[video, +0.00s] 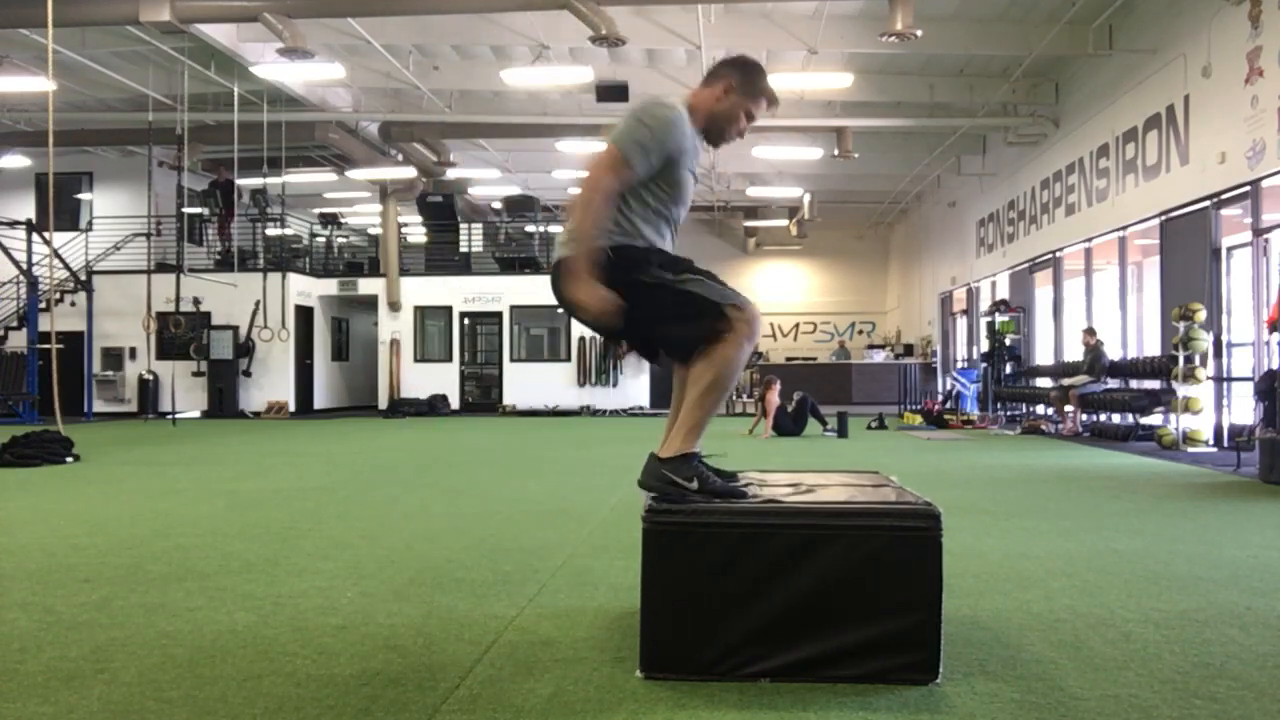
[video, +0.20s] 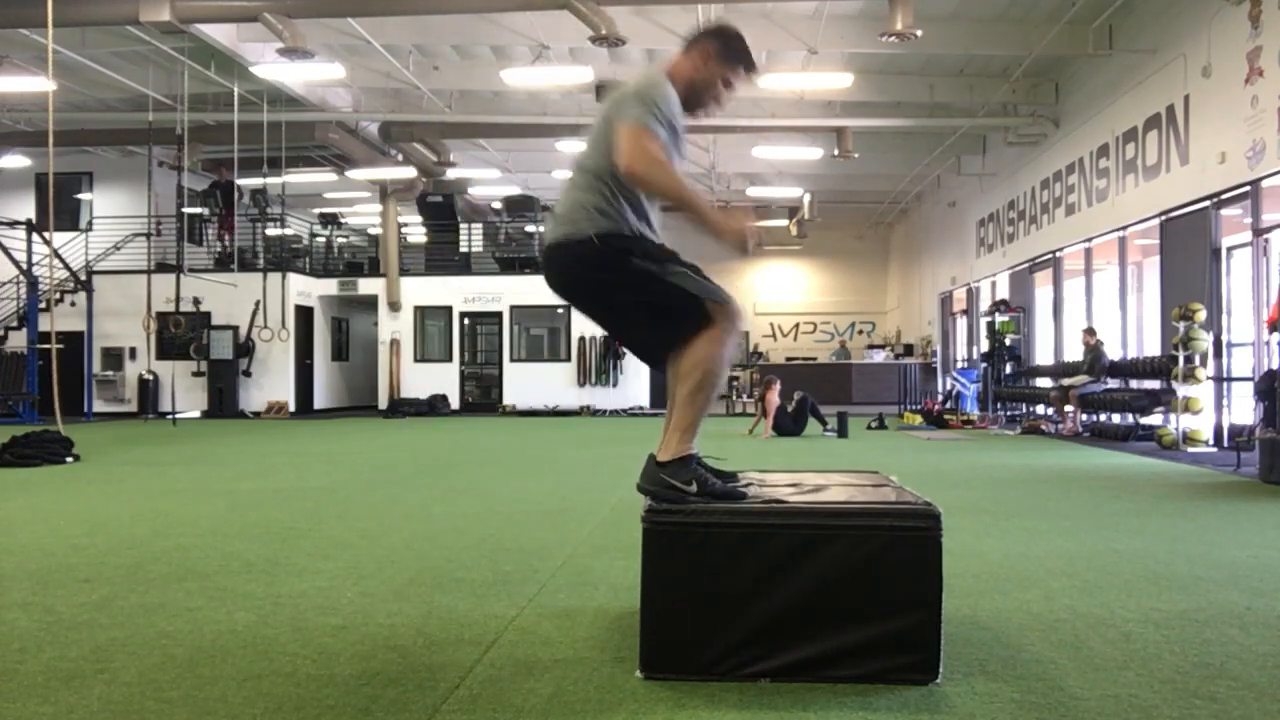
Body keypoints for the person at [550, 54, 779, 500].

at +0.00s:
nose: (744, 131)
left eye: (750, 124)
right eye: (746, 116)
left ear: (721, 93)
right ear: (722, 89)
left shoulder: (686, 146)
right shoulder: (666, 116)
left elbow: (645, 232)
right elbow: (599, 181)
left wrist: (636, 318)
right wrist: (581, 274)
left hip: (632, 266)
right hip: (617, 259)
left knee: (703, 342)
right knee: (741, 321)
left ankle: (673, 459)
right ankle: (676, 457)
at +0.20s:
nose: (723, 97)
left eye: (729, 91)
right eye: (724, 82)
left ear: (702, 64)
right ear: (698, 57)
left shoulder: (663, 113)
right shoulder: (648, 90)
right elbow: (635, 161)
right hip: (593, 239)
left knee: (702, 335)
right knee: (720, 318)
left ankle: (675, 459)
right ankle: (673, 459)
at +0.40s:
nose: (670, 26)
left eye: (677, 19)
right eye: (671, 13)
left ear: (654, 9)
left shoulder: (620, 47)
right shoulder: (584, 13)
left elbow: (560, 126)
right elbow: (536, 73)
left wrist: (605, 161)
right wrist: (614, 116)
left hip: (571, 180)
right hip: (524, 170)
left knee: (645, 282)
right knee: (603, 290)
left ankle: (610, 421)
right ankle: (618, 442)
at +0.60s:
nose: (590, 44)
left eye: (599, 36)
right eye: (586, 29)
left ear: (600, 31)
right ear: (553, 10)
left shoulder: (563, 76)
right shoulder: (492, 51)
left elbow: (530, 162)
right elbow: (458, 124)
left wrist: (567, 167)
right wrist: (548, 125)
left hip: (530, 228)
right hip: (467, 222)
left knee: (562, 348)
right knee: (493, 349)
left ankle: (537, 489)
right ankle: (446, 490)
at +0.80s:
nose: (492, 163)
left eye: (502, 153)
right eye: (483, 151)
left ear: (511, 162)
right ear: (459, 153)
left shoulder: (519, 229)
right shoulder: (414, 215)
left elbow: (549, 310)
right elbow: (392, 296)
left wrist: (545, 283)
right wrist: (457, 263)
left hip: (479, 376)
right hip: (404, 377)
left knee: (503, 479)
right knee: (375, 503)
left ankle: (494, 594)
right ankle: (364, 595)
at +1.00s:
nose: (422, 227)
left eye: (435, 215)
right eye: (413, 214)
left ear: (457, 217)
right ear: (401, 214)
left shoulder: (487, 273)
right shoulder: (363, 268)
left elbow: (532, 335)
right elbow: (335, 341)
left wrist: (515, 417)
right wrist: (321, 414)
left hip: (459, 392)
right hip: (380, 389)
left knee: (462, 482)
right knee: (349, 497)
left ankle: (489, 594)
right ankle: (362, 595)